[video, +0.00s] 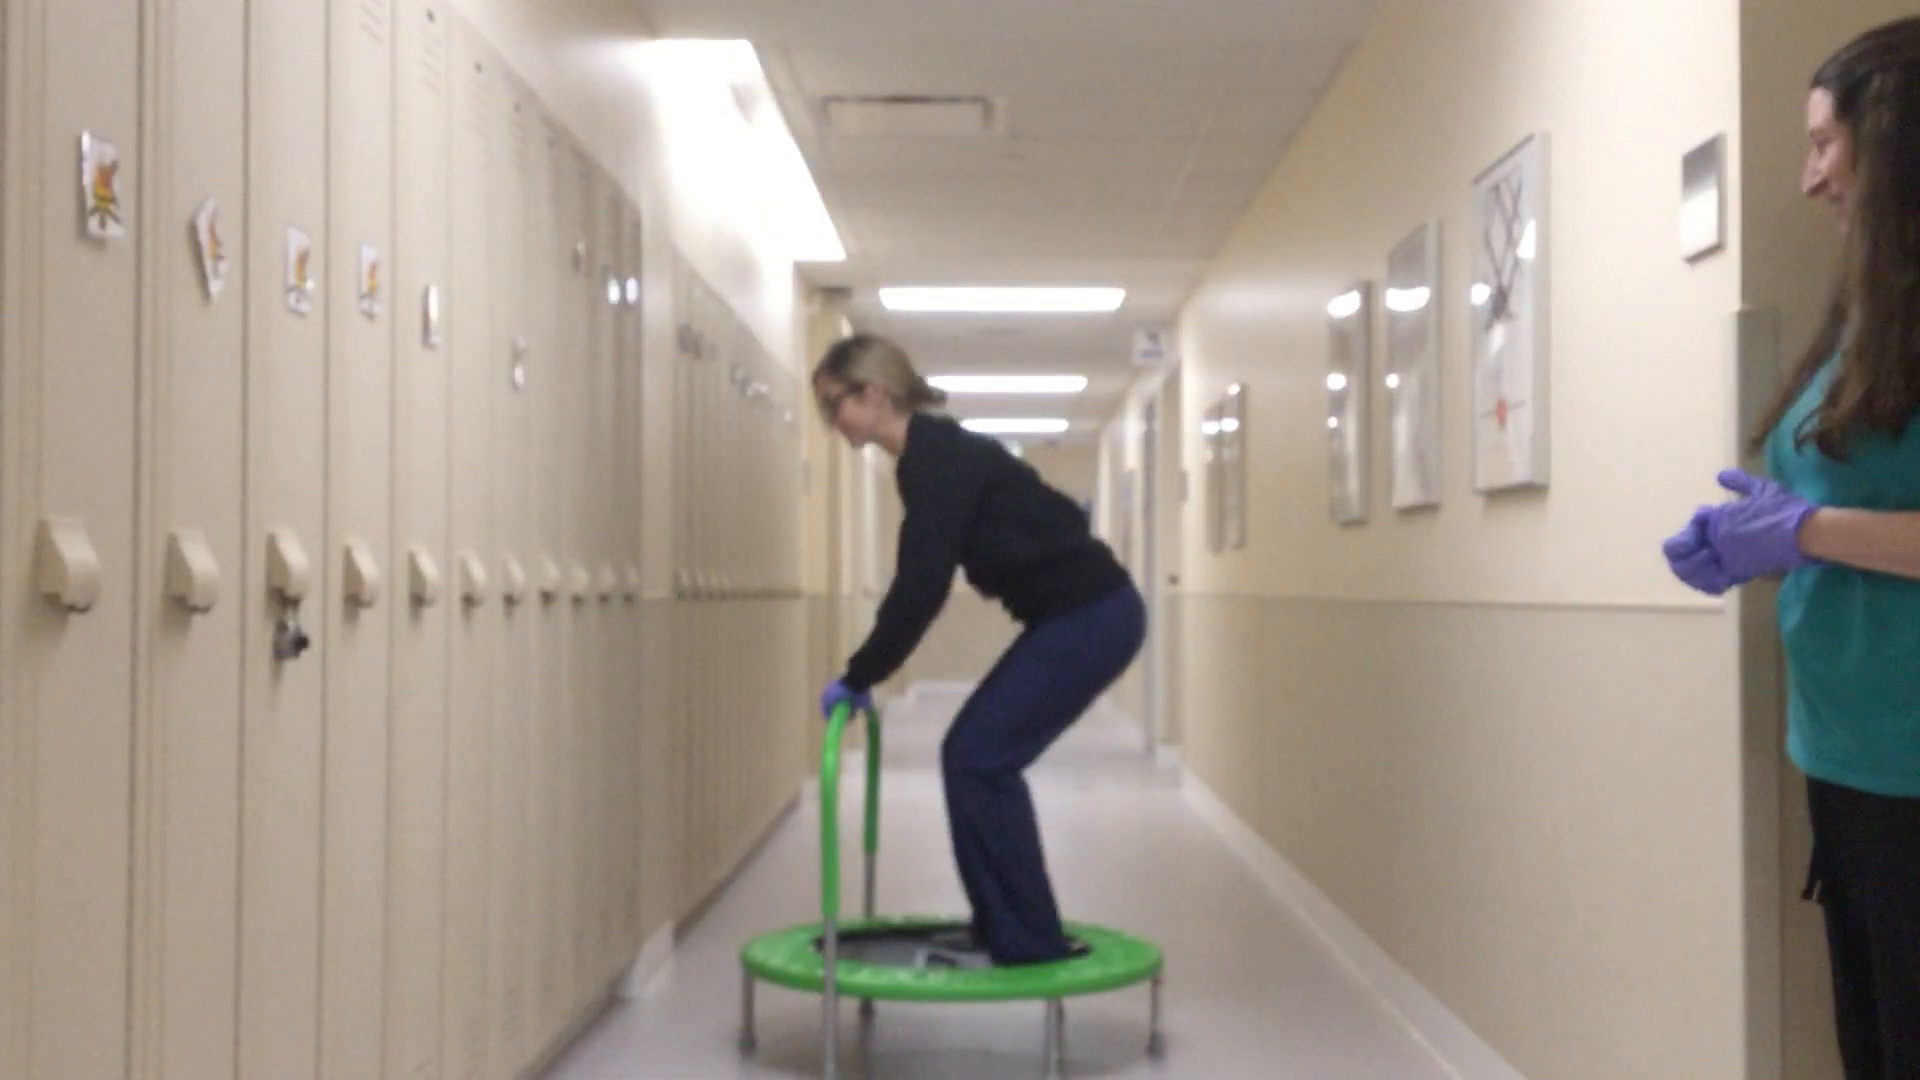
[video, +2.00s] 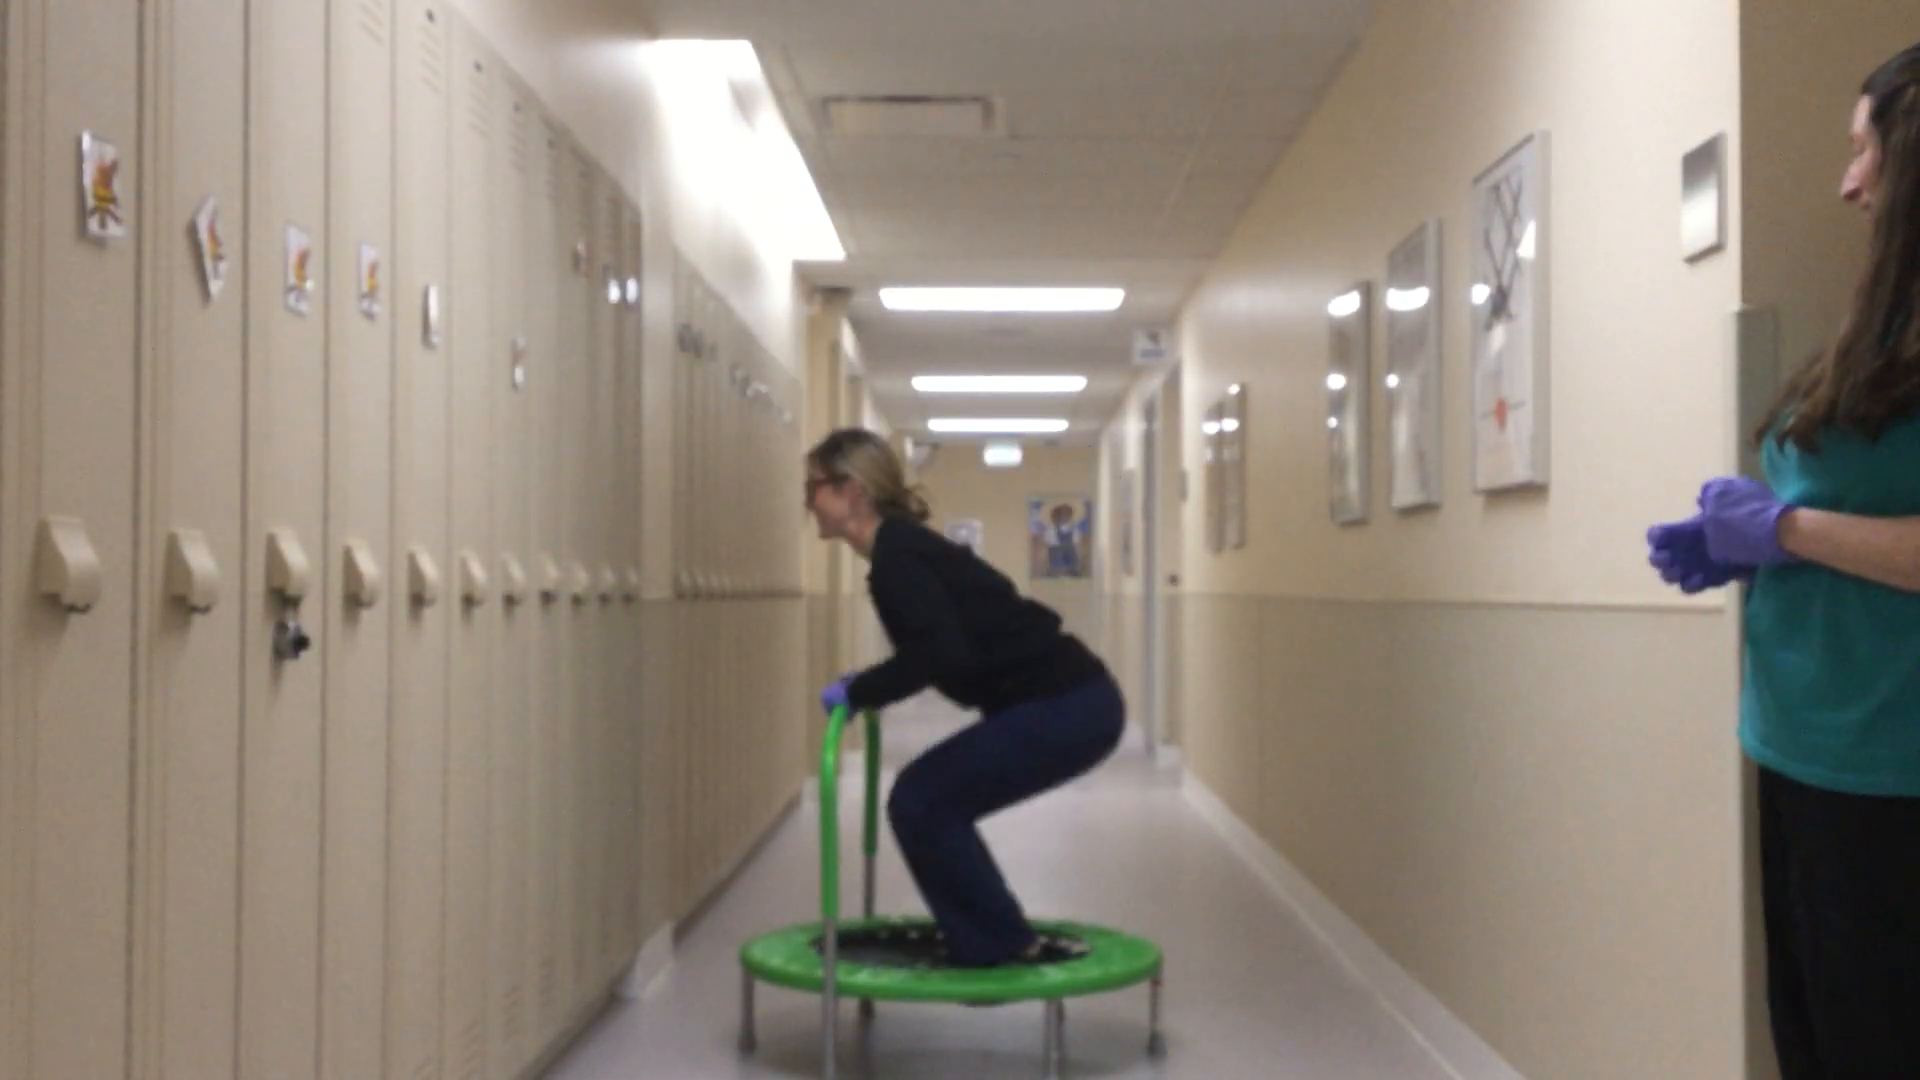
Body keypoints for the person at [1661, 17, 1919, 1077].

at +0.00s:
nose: (1810, 174)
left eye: (1827, 142)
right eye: (1811, 144)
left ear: (1894, 144)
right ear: (1879, 151)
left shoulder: (1910, 328)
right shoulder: (1859, 322)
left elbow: (1919, 536)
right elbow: (1836, 494)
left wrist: (1805, 532)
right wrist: (1767, 510)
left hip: (1906, 768)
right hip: (1842, 759)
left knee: (1904, 1044)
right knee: (1867, 1043)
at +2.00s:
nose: (1849, 182)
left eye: (1864, 151)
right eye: (1853, 151)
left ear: (1913, 159)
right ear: (1886, 161)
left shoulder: (1911, 341)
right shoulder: (1870, 334)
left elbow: (1916, 550)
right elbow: (1850, 508)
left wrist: (1787, 529)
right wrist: (1738, 536)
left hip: (1883, 762)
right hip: (1797, 749)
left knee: (1874, 1039)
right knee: (1807, 1031)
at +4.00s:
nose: (1885, 154)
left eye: (1910, 128)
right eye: (1863, 130)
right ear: (1837, 152)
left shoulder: (1918, 296)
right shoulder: (1843, 300)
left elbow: (1915, 519)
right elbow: (1808, 457)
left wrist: (1800, 515)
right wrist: (1759, 487)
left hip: (1899, 745)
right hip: (1823, 738)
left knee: (1896, 1029)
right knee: (1856, 1030)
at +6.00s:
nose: (1824, 172)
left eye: (1846, 141)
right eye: (1816, 148)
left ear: (1914, 143)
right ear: (1821, 159)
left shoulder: (1917, 302)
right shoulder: (1837, 301)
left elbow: (1914, 529)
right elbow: (1795, 460)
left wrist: (1790, 522)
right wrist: (1747, 502)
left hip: (1896, 742)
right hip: (1815, 732)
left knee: (1894, 1032)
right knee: (1850, 1027)